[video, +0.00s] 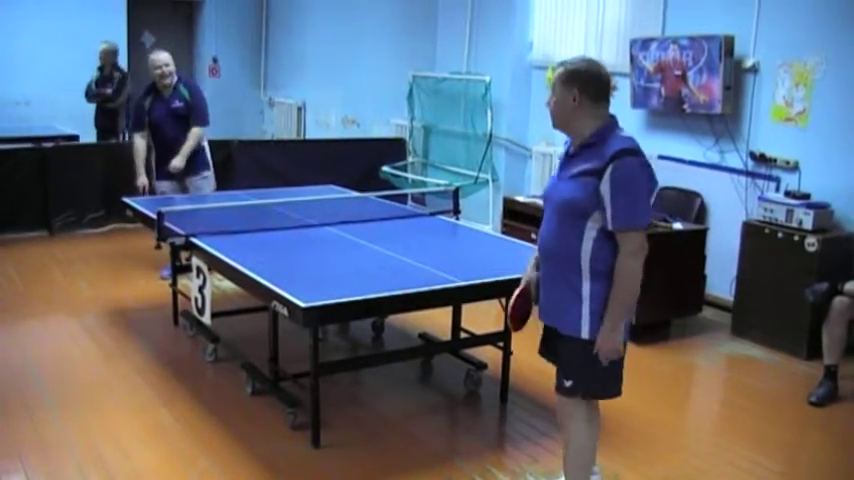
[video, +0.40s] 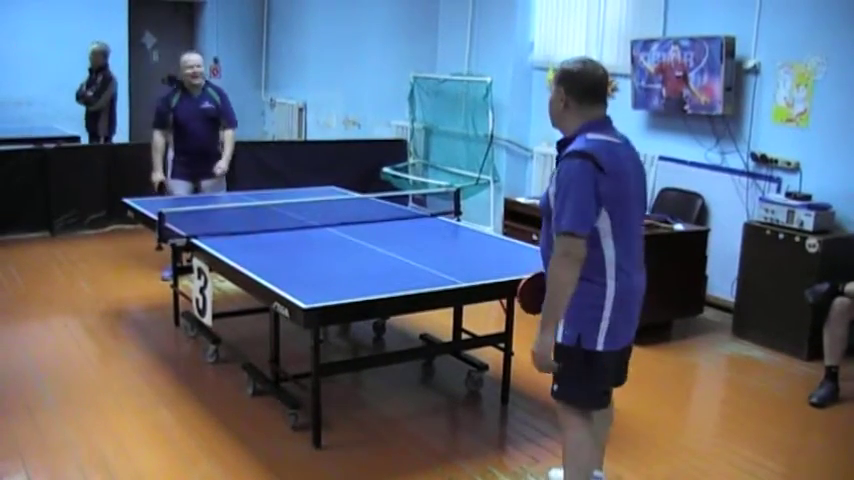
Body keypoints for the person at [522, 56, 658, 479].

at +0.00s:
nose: (548, 103)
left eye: (553, 95)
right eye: (550, 94)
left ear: (576, 99)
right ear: (580, 99)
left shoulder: (623, 161)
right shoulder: (577, 150)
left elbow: (633, 250)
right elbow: (561, 227)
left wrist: (613, 327)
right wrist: (533, 276)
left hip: (590, 316)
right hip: (564, 307)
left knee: (573, 406)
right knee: (575, 401)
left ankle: (575, 474)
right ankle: (582, 469)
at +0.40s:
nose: (548, 102)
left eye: (550, 93)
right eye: (550, 93)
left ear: (562, 98)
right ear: (601, 98)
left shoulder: (580, 160)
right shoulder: (619, 148)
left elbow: (569, 253)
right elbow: (612, 237)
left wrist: (546, 330)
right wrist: (560, 277)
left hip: (591, 310)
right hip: (618, 304)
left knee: (572, 407)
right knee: (598, 399)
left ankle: (576, 477)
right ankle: (590, 470)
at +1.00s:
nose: (538, 111)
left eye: (540, 104)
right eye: (541, 103)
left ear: (548, 106)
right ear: (585, 105)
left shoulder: (561, 162)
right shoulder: (616, 150)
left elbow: (590, 241)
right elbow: (636, 226)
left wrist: (601, 313)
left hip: (583, 308)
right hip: (631, 304)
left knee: (545, 402)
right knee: (618, 395)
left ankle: (525, 475)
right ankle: (613, 476)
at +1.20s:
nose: (524, 112)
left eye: (524, 104)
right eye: (525, 105)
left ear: (531, 106)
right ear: (572, 104)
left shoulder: (536, 160)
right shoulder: (609, 153)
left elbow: (545, 245)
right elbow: (628, 226)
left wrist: (556, 322)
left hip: (571, 314)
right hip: (619, 308)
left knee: (529, 402)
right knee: (608, 391)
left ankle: (517, 475)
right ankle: (611, 475)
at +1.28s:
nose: (520, 110)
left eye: (522, 103)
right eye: (524, 102)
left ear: (528, 105)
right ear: (569, 104)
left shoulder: (531, 158)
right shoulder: (607, 152)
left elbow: (529, 245)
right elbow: (625, 225)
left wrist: (525, 325)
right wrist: (626, 297)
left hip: (558, 311)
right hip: (612, 307)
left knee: (526, 402)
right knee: (607, 390)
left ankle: (514, 475)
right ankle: (611, 474)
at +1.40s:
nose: (520, 112)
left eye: (521, 106)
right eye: (521, 106)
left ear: (527, 106)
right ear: (568, 107)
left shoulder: (530, 157)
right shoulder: (605, 156)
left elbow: (504, 248)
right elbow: (621, 229)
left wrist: (480, 324)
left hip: (560, 303)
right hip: (614, 299)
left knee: (522, 396)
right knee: (610, 383)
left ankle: (513, 475)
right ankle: (621, 473)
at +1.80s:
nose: (565, 154)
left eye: (566, 146)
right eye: (565, 147)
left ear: (576, 145)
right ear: (610, 144)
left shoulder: (587, 182)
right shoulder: (636, 180)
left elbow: (564, 263)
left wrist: (521, 329)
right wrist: (582, 284)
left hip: (620, 314)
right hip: (663, 308)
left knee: (549, 399)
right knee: (647, 380)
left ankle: (519, 472)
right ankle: (675, 462)